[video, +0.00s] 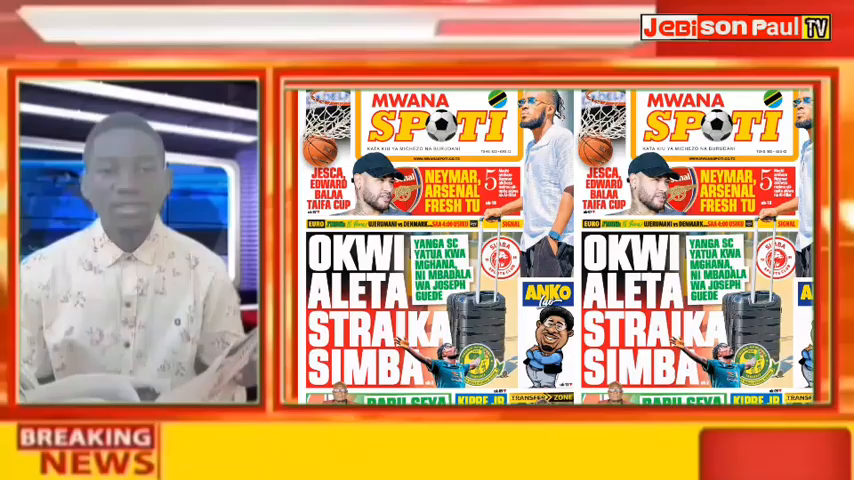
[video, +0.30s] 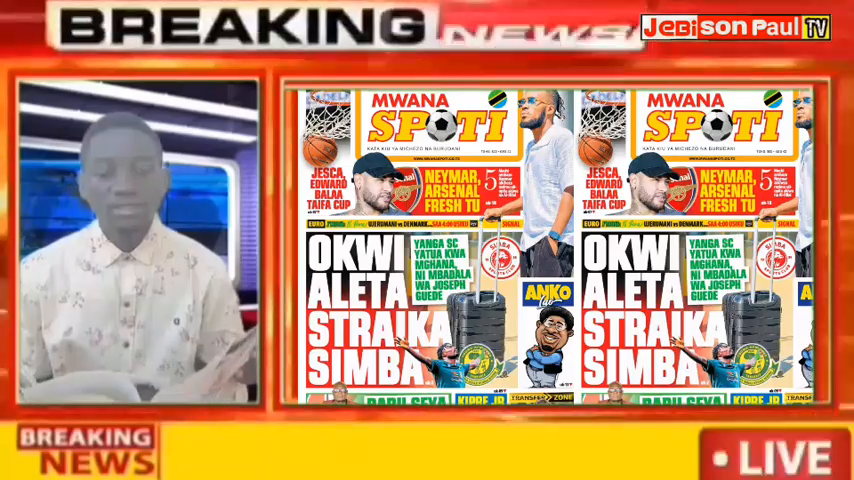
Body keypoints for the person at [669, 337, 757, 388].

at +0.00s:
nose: (729, 348)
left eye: (729, 347)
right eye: (724, 347)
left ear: (731, 351)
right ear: (718, 353)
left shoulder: (737, 366)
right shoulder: (714, 364)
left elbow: (749, 365)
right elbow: (698, 359)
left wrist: (754, 359)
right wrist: (684, 348)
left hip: (736, 401)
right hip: (720, 401)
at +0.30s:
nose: (728, 349)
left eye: (729, 347)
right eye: (724, 347)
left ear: (731, 351)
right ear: (718, 353)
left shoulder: (737, 366)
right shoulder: (714, 364)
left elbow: (750, 365)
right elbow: (698, 359)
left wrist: (754, 359)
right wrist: (684, 348)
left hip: (736, 401)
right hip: (720, 401)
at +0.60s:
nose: (728, 349)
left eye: (729, 347)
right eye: (724, 347)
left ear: (731, 351)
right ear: (718, 353)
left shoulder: (737, 366)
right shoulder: (714, 364)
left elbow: (750, 365)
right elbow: (698, 359)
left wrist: (754, 359)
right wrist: (684, 348)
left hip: (736, 401)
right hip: (720, 401)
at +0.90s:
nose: (729, 348)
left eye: (729, 347)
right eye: (724, 347)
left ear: (731, 351)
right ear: (718, 353)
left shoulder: (737, 366)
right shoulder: (714, 364)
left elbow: (749, 365)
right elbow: (698, 359)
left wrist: (754, 359)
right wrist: (684, 348)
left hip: (736, 401)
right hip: (720, 401)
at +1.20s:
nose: (728, 349)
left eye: (729, 347)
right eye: (724, 347)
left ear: (731, 351)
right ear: (718, 353)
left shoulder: (737, 366)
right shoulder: (714, 364)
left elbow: (750, 365)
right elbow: (698, 359)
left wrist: (754, 359)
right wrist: (684, 348)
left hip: (736, 401)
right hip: (720, 401)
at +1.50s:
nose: (728, 349)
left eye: (729, 347)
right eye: (724, 347)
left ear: (731, 351)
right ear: (718, 353)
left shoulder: (737, 366)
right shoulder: (714, 364)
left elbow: (750, 365)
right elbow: (698, 359)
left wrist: (754, 359)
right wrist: (684, 348)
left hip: (737, 401)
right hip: (720, 401)